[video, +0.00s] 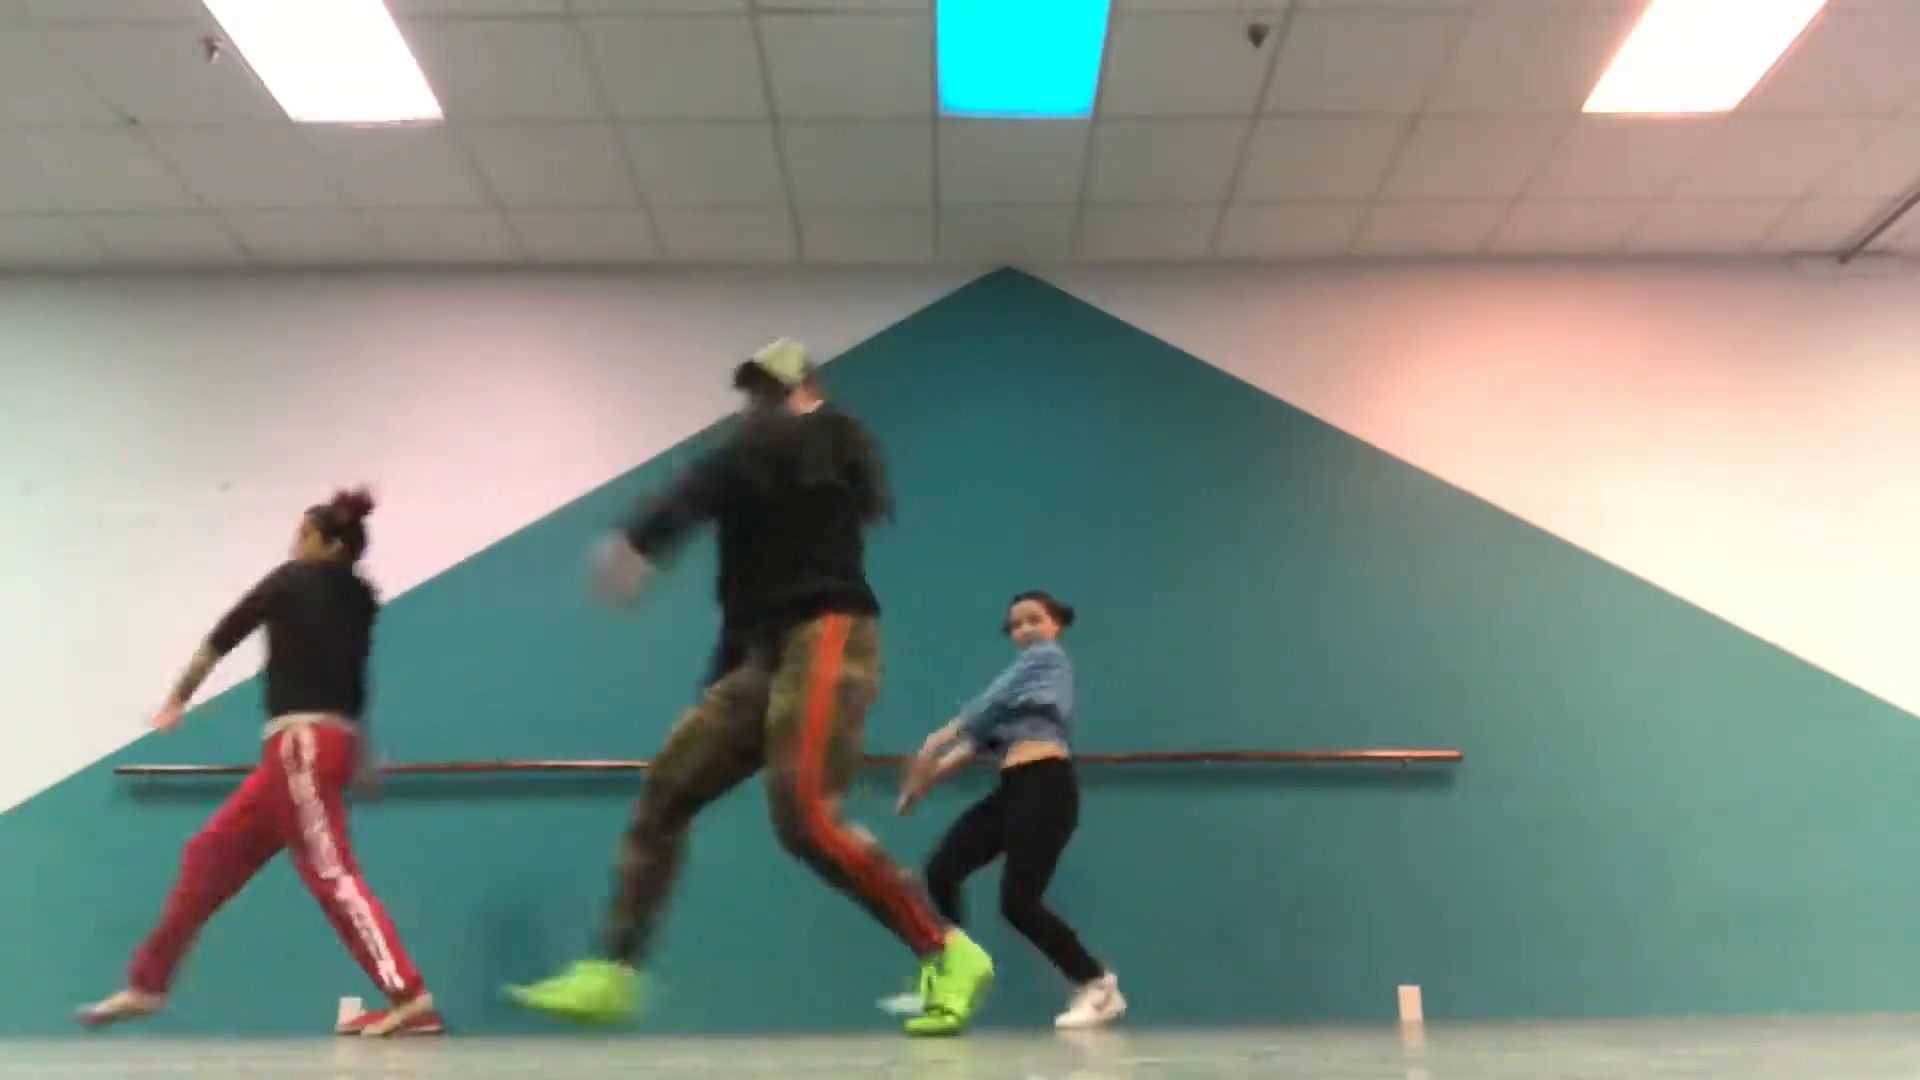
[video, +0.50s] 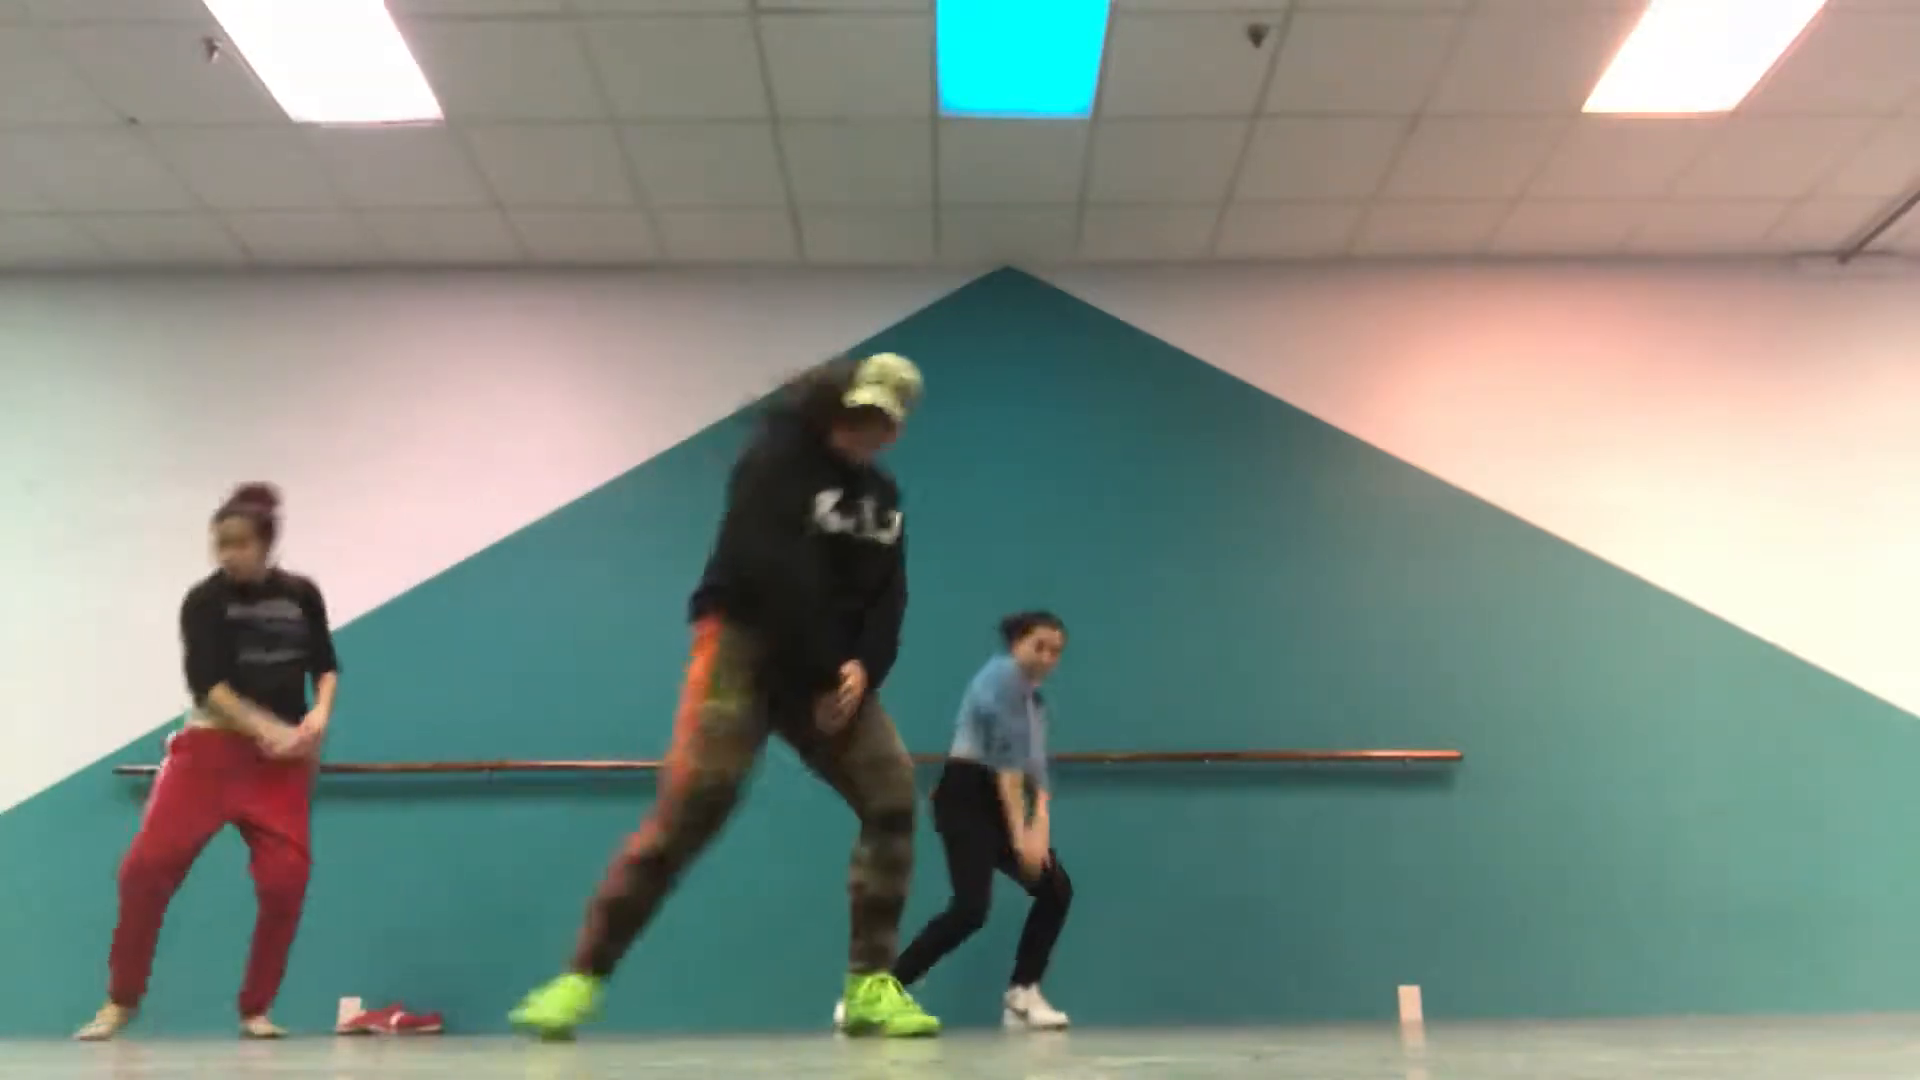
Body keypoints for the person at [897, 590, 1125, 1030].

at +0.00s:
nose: (1023, 630)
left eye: (1033, 620)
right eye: (1015, 625)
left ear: (1056, 624)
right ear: (1010, 635)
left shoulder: (1046, 658)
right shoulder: (1021, 676)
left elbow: (988, 705)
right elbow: (976, 739)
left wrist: (940, 740)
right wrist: (928, 775)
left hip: (1046, 789)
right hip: (1012, 792)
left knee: (1019, 903)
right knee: (941, 873)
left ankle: (1097, 985)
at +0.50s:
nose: (1046, 658)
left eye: (1054, 652)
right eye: (1040, 647)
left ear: (1058, 657)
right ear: (1017, 644)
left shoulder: (1034, 700)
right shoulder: (1001, 680)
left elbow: (1040, 777)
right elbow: (1005, 770)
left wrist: (1039, 832)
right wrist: (1020, 836)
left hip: (1001, 796)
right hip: (964, 792)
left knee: (1056, 889)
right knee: (971, 908)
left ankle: (1023, 991)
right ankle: (881, 993)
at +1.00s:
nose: (1053, 603)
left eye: (1059, 597)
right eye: (1044, 592)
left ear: (1059, 604)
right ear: (1018, 593)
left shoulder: (1034, 634)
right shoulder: (1019, 626)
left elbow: (1062, 701)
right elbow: (1060, 690)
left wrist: (1096, 739)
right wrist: (1105, 744)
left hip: (1010, 749)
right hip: (993, 747)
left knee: (1027, 871)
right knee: (1020, 869)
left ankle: (1005, 987)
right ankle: (945, 964)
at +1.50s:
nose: (1089, 601)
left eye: (1090, 593)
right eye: (1078, 592)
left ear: (1066, 602)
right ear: (1051, 598)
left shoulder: (1054, 635)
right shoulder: (1060, 629)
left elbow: (1125, 627)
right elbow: (1127, 618)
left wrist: (1178, 592)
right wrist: (1183, 583)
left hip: (1016, 758)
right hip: (1039, 758)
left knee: (1020, 883)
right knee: (1098, 868)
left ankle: (989, 991)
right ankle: (1166, 962)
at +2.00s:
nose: (1159, 627)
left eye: (1163, 619)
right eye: (1156, 615)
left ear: (1140, 610)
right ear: (1130, 605)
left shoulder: (1118, 649)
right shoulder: (1101, 634)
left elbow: (1162, 693)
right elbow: (1151, 673)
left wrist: (1215, 709)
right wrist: (1210, 698)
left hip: (1086, 758)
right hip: (1074, 758)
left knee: (1140, 855)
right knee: (1141, 854)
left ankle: (1089, 950)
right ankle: (1150, 976)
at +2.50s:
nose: (1209, 620)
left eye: (1211, 611)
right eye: (1207, 609)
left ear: (1176, 602)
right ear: (1188, 602)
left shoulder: (1161, 636)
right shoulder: (1171, 636)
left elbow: (1182, 709)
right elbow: (1183, 704)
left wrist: (1206, 771)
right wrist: (1204, 757)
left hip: (1151, 756)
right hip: (1159, 756)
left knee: (1221, 859)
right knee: (1200, 869)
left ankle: (1127, 842)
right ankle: (1155, 989)